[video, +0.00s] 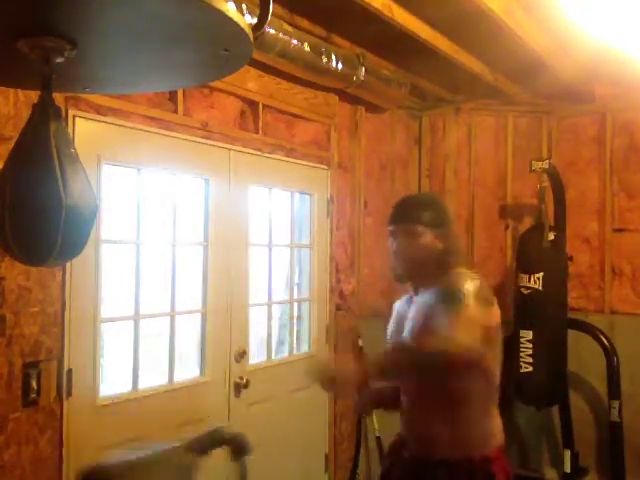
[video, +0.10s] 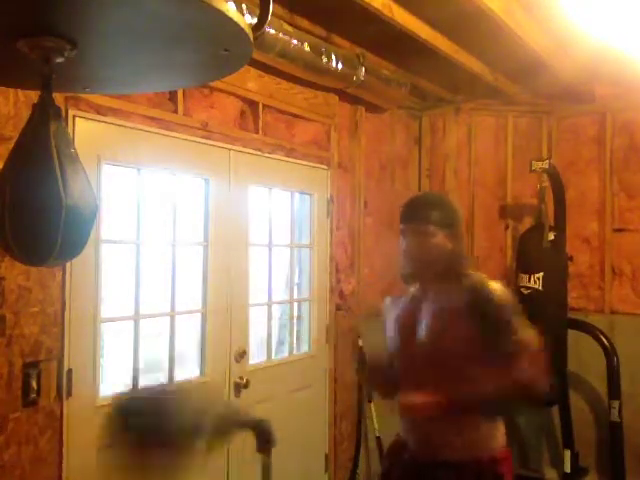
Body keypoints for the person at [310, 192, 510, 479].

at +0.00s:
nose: (395, 248)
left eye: (407, 236)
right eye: (393, 237)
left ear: (436, 239)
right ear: (389, 241)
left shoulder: (465, 290)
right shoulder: (402, 307)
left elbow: (452, 355)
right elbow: (412, 389)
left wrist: (368, 368)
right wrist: (369, 395)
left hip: (470, 462)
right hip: (418, 458)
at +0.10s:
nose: (408, 247)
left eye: (422, 235)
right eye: (404, 235)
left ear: (450, 239)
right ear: (399, 240)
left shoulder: (485, 297)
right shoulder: (404, 306)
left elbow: (532, 377)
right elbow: (400, 379)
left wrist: (447, 398)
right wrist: (372, 371)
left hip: (477, 462)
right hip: (417, 459)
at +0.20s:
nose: (424, 244)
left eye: (437, 232)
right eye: (418, 233)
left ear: (464, 237)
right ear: (410, 237)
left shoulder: (505, 303)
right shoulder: (393, 300)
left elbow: (548, 388)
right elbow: (348, 356)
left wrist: (476, 410)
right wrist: (338, 335)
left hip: (479, 462)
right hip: (414, 461)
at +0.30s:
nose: (422, 243)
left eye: (437, 232)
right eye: (415, 232)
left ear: (466, 238)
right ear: (409, 237)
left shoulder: (504, 305)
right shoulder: (390, 294)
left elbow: (544, 388)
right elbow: (342, 341)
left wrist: (486, 394)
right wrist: (346, 326)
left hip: (477, 463)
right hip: (406, 462)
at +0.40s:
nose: (418, 246)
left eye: (432, 234)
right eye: (410, 235)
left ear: (459, 239)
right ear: (404, 238)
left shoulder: (498, 306)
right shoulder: (382, 296)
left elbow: (539, 391)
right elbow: (345, 363)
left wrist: (475, 373)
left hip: (471, 462)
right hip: (401, 462)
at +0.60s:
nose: (388, 248)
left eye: (400, 237)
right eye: (385, 237)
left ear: (426, 237)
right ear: (381, 239)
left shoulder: (459, 288)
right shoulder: (386, 300)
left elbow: (412, 324)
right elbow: (387, 370)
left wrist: (318, 326)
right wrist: (370, 404)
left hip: (462, 459)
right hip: (405, 453)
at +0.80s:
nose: (385, 254)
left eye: (394, 243)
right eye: (385, 243)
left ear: (421, 243)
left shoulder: (457, 292)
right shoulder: (399, 305)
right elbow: (401, 375)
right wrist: (365, 380)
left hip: (467, 462)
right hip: (417, 457)